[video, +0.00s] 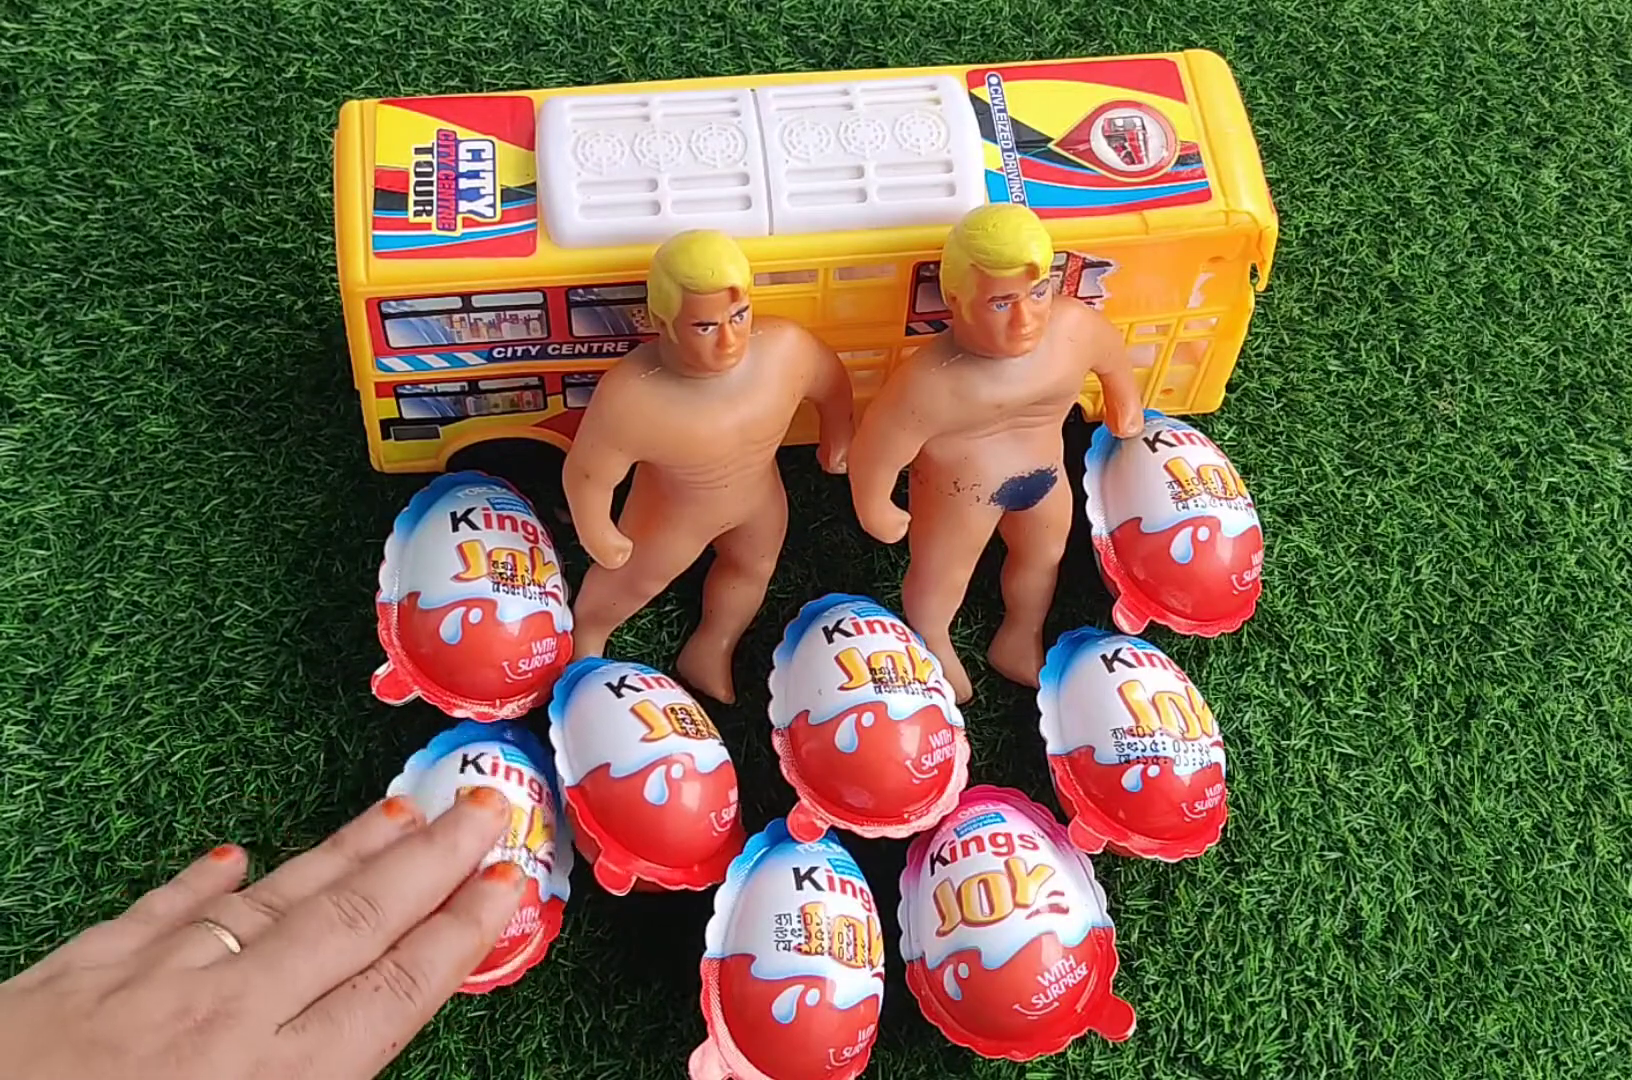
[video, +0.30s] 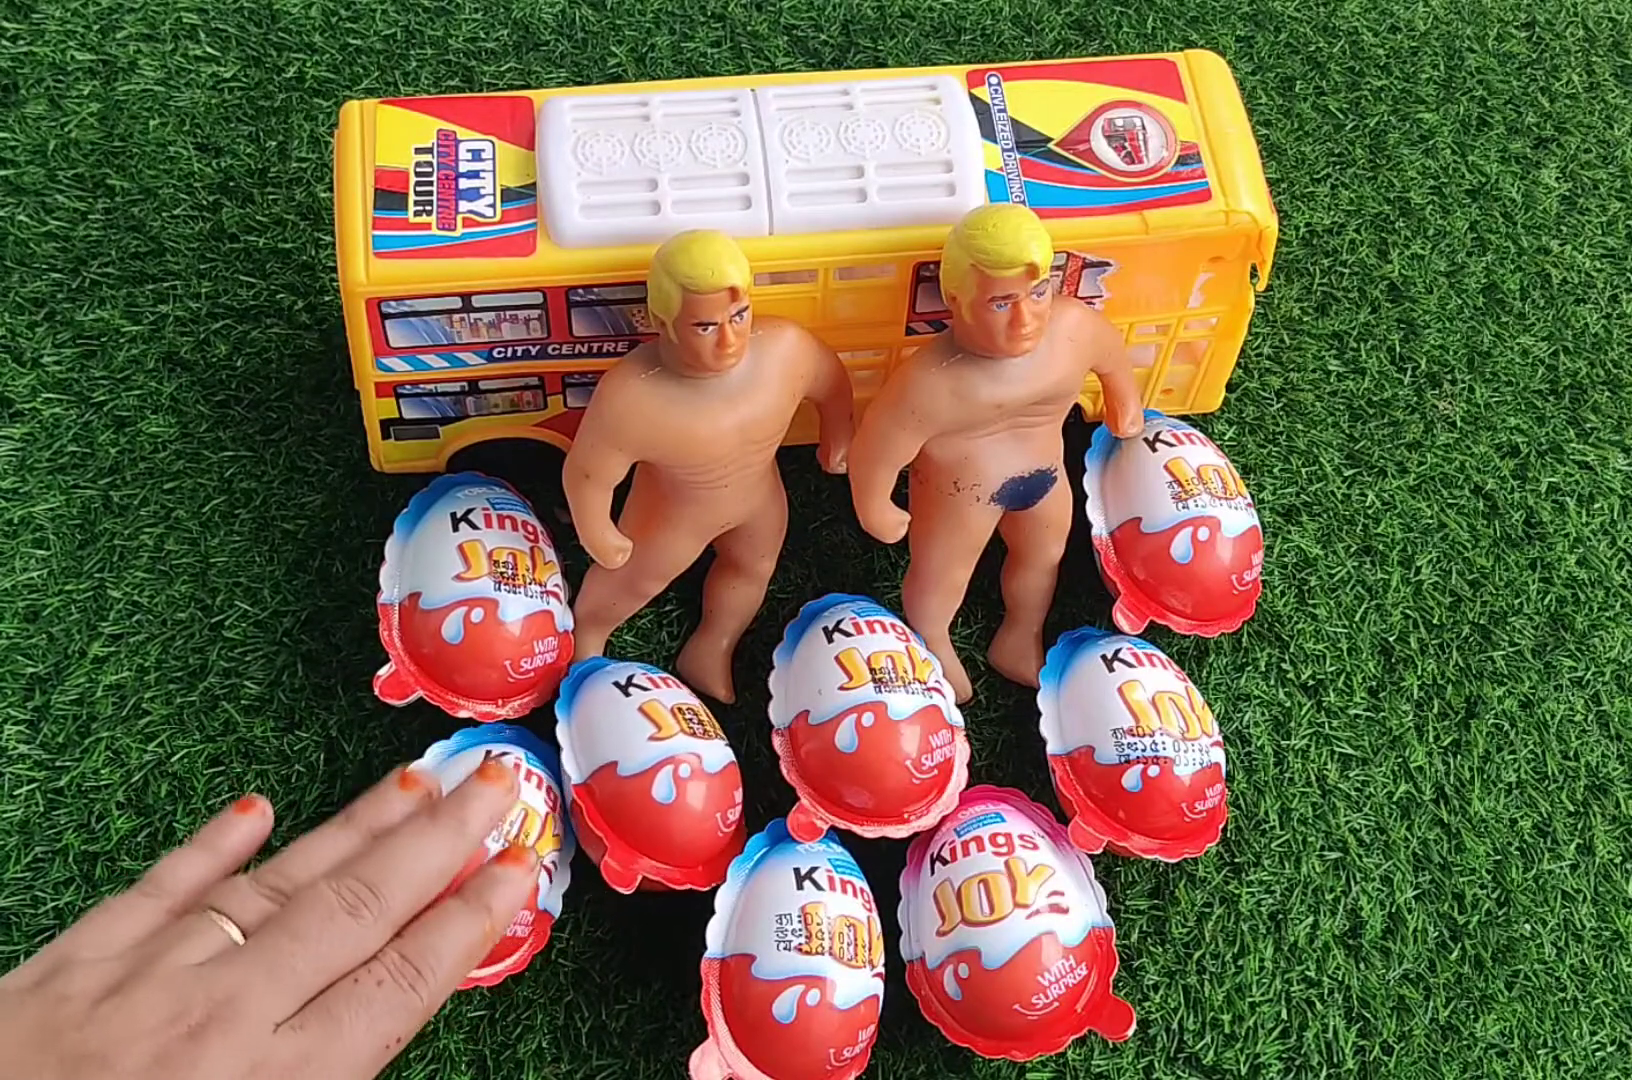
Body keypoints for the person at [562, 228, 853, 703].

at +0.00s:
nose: (729, 339)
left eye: (739, 316)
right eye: (705, 326)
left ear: (751, 301)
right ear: (660, 323)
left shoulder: (789, 350)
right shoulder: (629, 397)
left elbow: (834, 387)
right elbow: (587, 474)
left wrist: (837, 439)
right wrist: (600, 538)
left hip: (759, 496)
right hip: (673, 512)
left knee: (749, 574)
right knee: (631, 584)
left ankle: (711, 650)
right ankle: (590, 629)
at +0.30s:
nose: (729, 339)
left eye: (739, 316)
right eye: (705, 326)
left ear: (751, 301)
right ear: (660, 324)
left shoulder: (789, 350)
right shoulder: (629, 397)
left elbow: (834, 387)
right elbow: (587, 474)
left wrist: (838, 439)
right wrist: (601, 538)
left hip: (759, 496)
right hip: (673, 512)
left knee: (749, 574)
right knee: (631, 584)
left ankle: (711, 650)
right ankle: (590, 629)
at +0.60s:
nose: (729, 339)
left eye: (739, 316)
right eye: (705, 326)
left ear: (750, 301)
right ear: (661, 323)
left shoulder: (789, 350)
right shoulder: (629, 397)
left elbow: (834, 387)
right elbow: (587, 475)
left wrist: (837, 441)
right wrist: (600, 538)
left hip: (759, 497)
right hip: (673, 512)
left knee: (749, 574)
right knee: (631, 585)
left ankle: (711, 650)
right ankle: (590, 630)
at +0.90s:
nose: (728, 339)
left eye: (739, 316)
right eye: (705, 326)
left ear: (751, 301)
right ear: (661, 324)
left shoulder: (789, 349)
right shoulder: (629, 398)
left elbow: (833, 386)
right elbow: (587, 475)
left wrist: (837, 438)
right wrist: (601, 538)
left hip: (759, 497)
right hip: (672, 512)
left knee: (749, 573)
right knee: (631, 585)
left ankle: (711, 650)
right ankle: (590, 629)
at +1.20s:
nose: (728, 339)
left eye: (739, 316)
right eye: (705, 326)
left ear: (751, 301)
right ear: (661, 324)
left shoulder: (789, 349)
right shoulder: (629, 398)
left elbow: (834, 386)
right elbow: (587, 475)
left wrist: (837, 438)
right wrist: (601, 538)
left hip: (759, 496)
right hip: (672, 513)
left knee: (749, 573)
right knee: (630, 586)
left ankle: (711, 650)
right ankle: (590, 630)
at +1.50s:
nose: (728, 339)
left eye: (739, 316)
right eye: (705, 326)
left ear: (751, 301)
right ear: (661, 324)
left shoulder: (789, 349)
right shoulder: (629, 397)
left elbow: (834, 386)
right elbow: (587, 475)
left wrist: (837, 439)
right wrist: (601, 538)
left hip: (759, 497)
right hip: (672, 513)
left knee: (750, 573)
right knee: (631, 585)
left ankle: (712, 650)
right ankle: (589, 629)